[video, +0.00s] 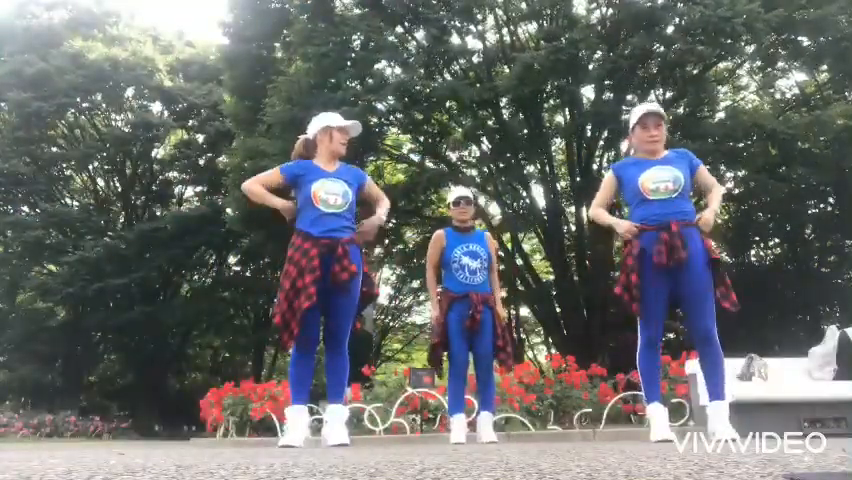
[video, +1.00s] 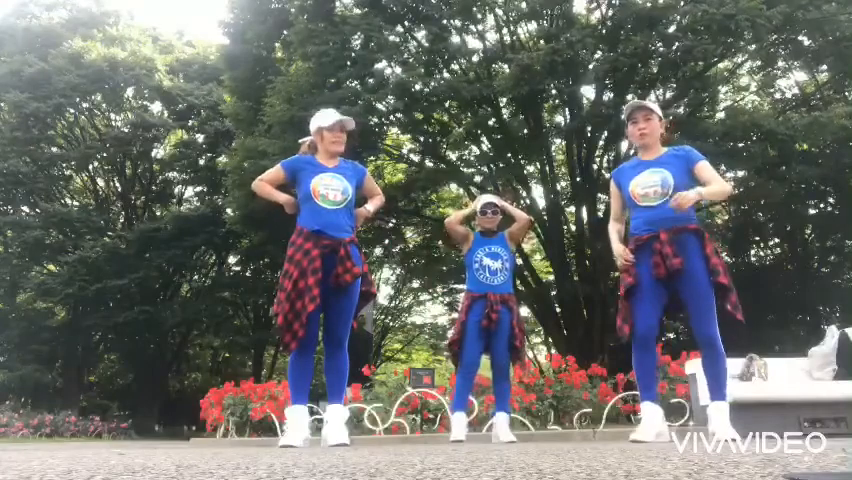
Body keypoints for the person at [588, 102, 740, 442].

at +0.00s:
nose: (652, 131)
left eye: (657, 125)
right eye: (645, 126)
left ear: (666, 130)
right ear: (632, 133)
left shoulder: (683, 157)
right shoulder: (620, 168)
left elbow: (713, 187)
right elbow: (595, 210)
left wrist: (711, 210)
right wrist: (615, 222)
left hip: (689, 240)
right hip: (648, 244)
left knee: (706, 331)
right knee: (651, 334)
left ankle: (719, 414)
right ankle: (656, 413)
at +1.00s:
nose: (641, 125)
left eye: (647, 119)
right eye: (634, 122)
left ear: (662, 125)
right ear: (628, 133)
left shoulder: (684, 155)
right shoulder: (621, 174)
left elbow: (723, 188)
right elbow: (616, 219)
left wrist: (697, 194)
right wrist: (616, 243)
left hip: (686, 245)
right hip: (643, 252)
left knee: (707, 333)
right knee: (643, 332)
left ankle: (719, 414)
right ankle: (651, 417)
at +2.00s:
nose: (610, 171)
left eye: (615, 164)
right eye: (604, 167)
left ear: (628, 165)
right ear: (598, 173)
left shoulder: (640, 181)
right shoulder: (603, 203)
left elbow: (657, 172)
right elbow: (596, 217)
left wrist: (677, 165)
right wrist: (603, 202)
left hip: (661, 264)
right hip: (632, 275)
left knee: (664, 337)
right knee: (605, 338)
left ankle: (685, 411)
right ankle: (636, 409)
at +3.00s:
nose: (636, 156)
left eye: (641, 150)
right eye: (629, 150)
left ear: (648, 151)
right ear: (615, 152)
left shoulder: (662, 182)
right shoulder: (598, 189)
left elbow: (678, 226)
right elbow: (587, 235)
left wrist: (693, 266)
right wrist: (590, 274)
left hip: (663, 264)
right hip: (622, 268)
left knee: (671, 340)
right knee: (620, 347)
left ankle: (674, 413)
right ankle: (628, 402)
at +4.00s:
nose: (667, 111)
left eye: (674, 105)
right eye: (660, 105)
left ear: (684, 109)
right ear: (648, 112)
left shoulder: (705, 145)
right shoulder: (635, 155)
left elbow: (729, 188)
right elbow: (622, 207)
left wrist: (726, 216)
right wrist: (634, 239)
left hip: (705, 236)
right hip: (660, 241)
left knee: (715, 324)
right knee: (659, 326)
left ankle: (718, 411)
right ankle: (658, 413)